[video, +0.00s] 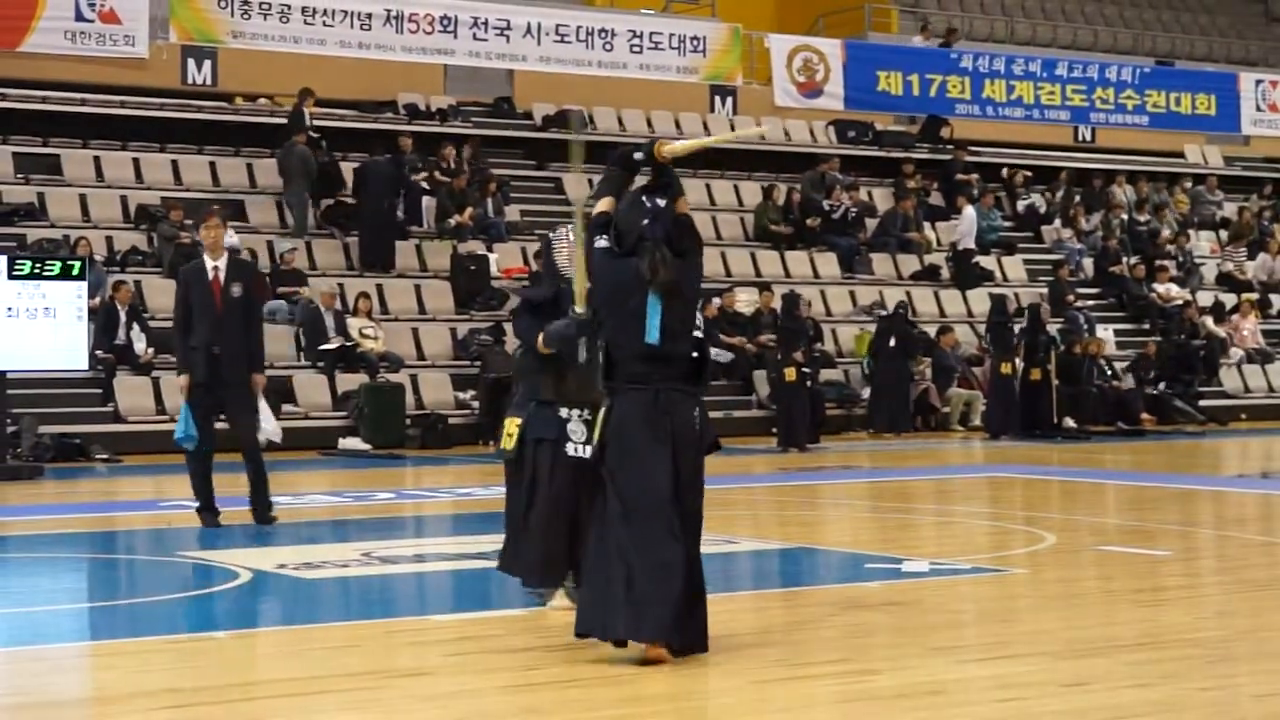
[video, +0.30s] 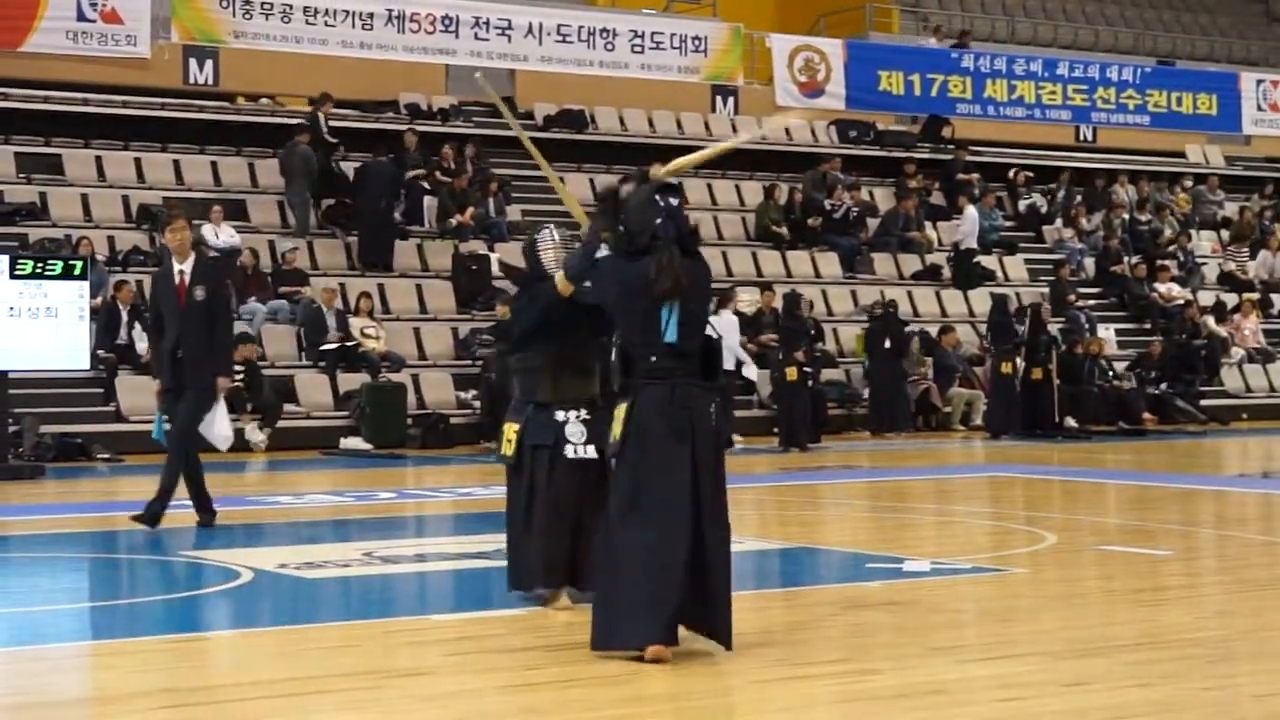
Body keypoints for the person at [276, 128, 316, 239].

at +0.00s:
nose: (306, 138)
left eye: (305, 135)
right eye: (304, 135)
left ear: (293, 135)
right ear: (300, 135)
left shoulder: (283, 151)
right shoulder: (305, 151)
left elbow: (281, 172)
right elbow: (312, 171)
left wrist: (291, 179)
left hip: (288, 191)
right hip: (301, 191)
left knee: (299, 223)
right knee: (301, 225)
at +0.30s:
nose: (308, 138)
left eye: (308, 135)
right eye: (307, 135)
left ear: (296, 134)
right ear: (303, 135)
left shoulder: (286, 150)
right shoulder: (306, 151)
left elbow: (283, 171)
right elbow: (313, 171)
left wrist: (291, 179)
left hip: (290, 189)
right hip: (302, 189)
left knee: (300, 222)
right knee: (303, 224)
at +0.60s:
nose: (311, 139)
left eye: (311, 136)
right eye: (310, 136)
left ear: (299, 135)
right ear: (306, 135)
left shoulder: (287, 151)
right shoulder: (309, 151)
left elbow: (284, 171)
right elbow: (317, 169)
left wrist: (292, 178)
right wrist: (315, 181)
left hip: (292, 187)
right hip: (304, 187)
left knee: (302, 221)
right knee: (305, 222)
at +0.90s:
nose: (315, 138)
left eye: (315, 135)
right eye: (314, 135)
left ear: (302, 134)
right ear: (310, 135)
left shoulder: (290, 150)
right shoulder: (314, 151)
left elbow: (287, 171)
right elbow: (322, 172)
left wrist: (296, 177)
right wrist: (318, 181)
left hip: (294, 189)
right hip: (309, 189)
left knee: (305, 222)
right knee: (308, 223)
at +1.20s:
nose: (318, 138)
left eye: (318, 135)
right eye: (316, 135)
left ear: (305, 134)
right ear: (311, 135)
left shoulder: (292, 149)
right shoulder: (315, 150)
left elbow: (289, 169)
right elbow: (322, 169)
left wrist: (297, 176)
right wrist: (329, 182)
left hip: (296, 186)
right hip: (311, 187)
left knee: (307, 219)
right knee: (309, 220)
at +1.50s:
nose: (319, 138)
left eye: (319, 135)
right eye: (318, 135)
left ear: (306, 135)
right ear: (313, 135)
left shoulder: (294, 150)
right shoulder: (317, 150)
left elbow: (289, 167)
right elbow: (324, 169)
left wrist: (298, 174)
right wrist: (331, 182)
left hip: (297, 186)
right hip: (312, 187)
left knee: (310, 218)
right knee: (311, 220)